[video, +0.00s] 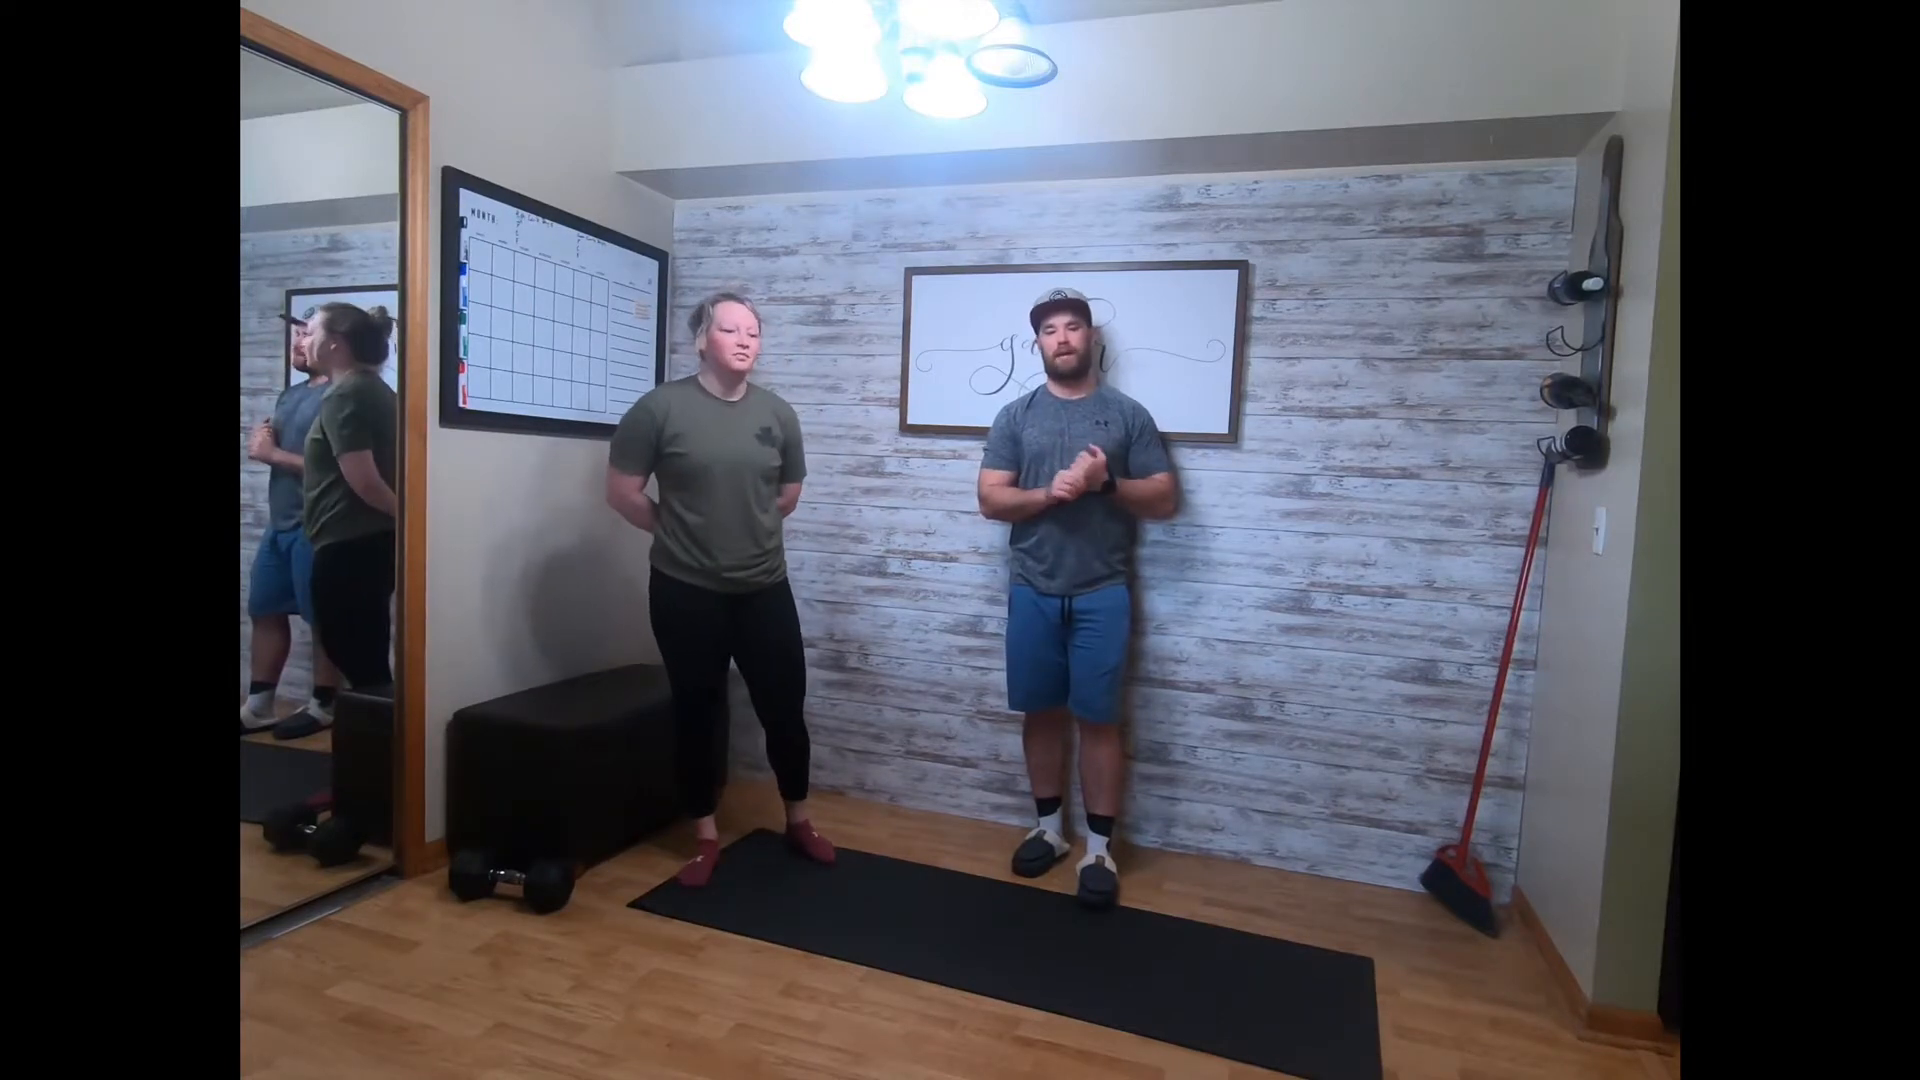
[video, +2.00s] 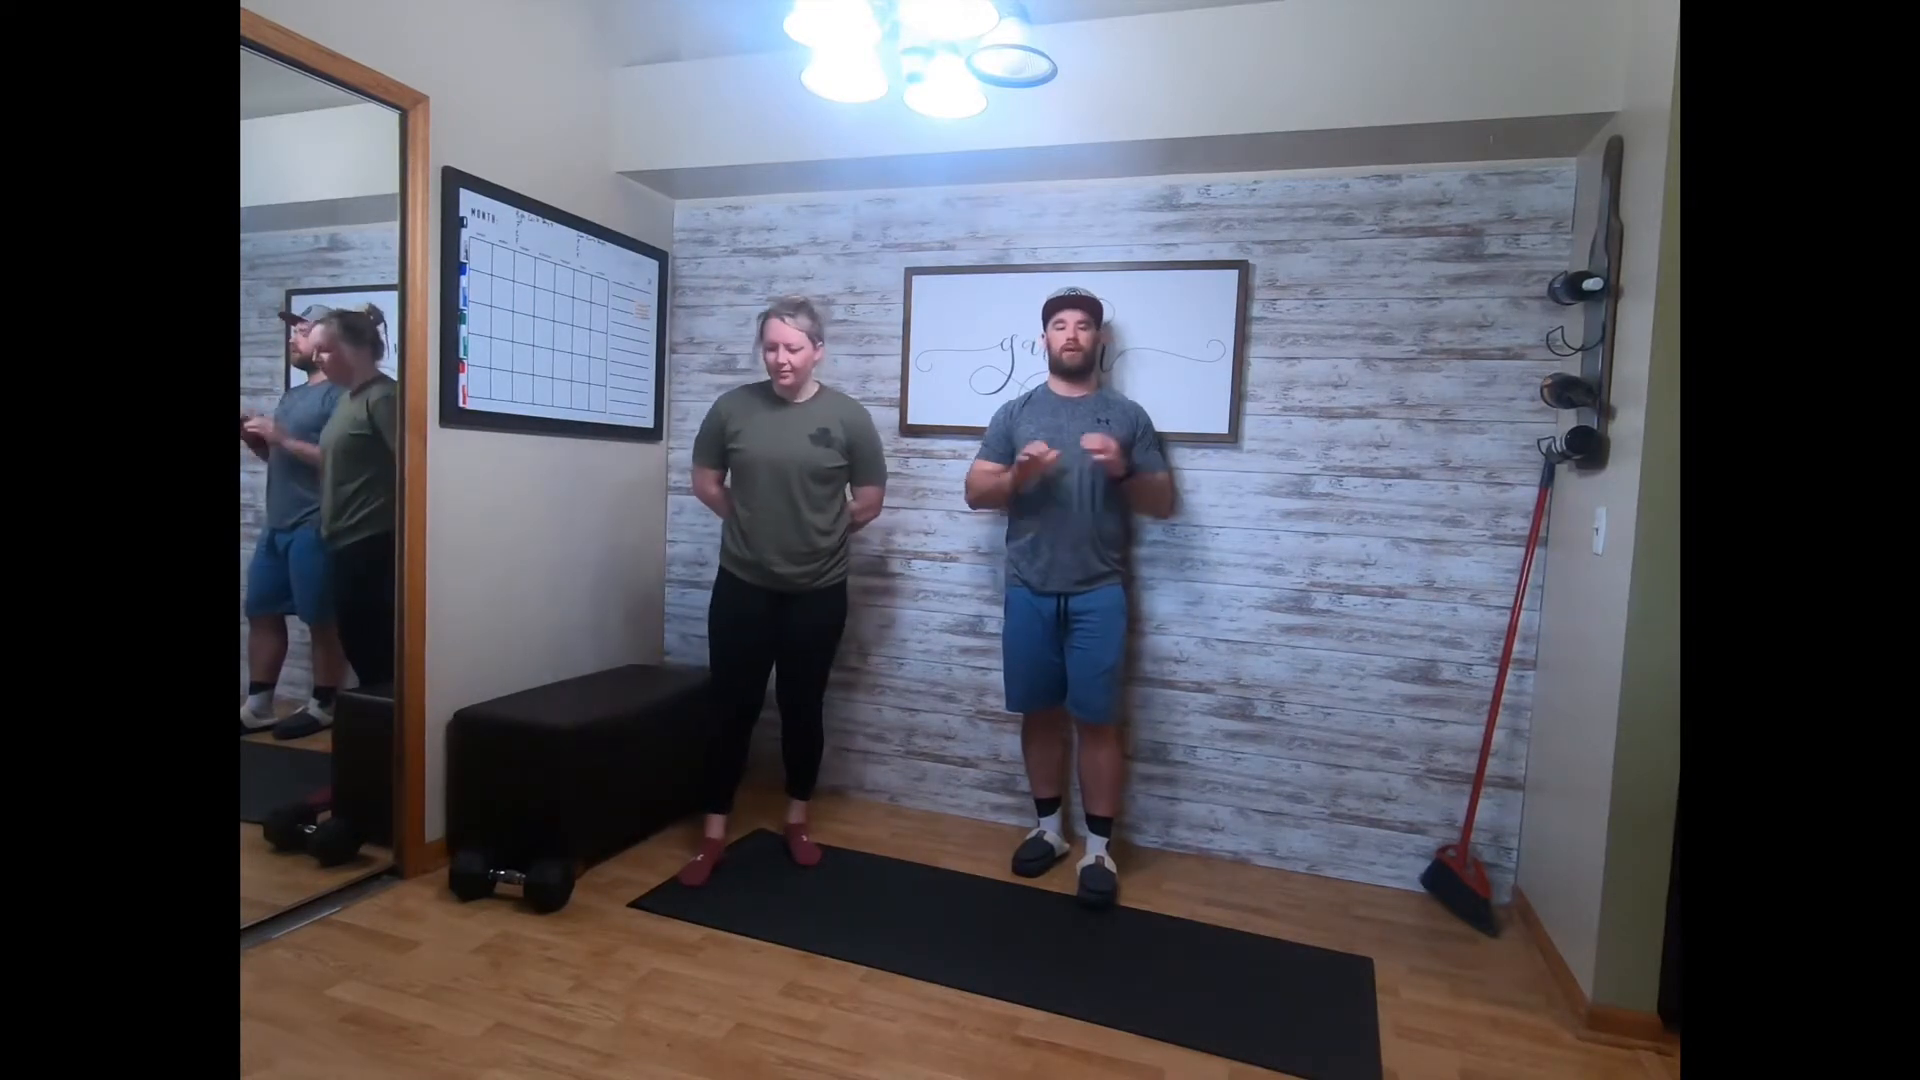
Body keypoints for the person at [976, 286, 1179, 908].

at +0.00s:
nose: (1063, 337)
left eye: (1073, 328)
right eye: (1051, 331)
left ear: (1092, 338)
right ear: (1037, 345)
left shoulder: (1126, 415)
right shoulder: (1016, 416)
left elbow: (1164, 499)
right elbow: (991, 498)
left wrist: (1107, 484)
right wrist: (1049, 492)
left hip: (1102, 584)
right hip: (1032, 584)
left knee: (1097, 714)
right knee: (1040, 709)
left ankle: (1098, 850)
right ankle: (1048, 831)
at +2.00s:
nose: (1070, 334)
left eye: (1082, 326)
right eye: (1059, 326)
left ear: (1099, 341)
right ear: (1044, 340)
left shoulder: (1126, 417)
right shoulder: (1015, 413)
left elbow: (1161, 502)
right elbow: (977, 491)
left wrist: (1124, 471)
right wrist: (1018, 476)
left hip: (1098, 584)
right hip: (1029, 584)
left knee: (1095, 716)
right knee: (1039, 711)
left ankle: (1098, 851)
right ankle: (1048, 830)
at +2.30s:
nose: (1070, 334)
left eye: (1082, 326)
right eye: (1060, 326)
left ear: (1099, 341)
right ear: (1044, 339)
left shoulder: (1124, 413)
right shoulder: (1016, 410)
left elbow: (1181, 481)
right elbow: (952, 471)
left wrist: (1187, 417)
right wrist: (962, 411)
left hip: (1096, 583)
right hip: (1026, 582)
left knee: (1095, 717)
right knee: (1037, 711)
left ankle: (1097, 851)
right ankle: (1048, 831)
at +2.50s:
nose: (1072, 337)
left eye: (1083, 328)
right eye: (1061, 328)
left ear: (1099, 342)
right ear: (1045, 342)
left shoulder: (1126, 403)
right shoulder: (1014, 398)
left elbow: (1206, 400)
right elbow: (934, 397)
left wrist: (1214, 322)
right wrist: (940, 322)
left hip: (1094, 584)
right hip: (1024, 582)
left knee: (1095, 716)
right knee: (1036, 711)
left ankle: (1098, 851)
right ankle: (1047, 832)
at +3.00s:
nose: (1064, 336)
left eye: (1076, 327)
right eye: (1053, 328)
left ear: (1093, 339)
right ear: (1038, 340)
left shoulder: (1122, 408)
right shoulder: (1012, 404)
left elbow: (1199, 440)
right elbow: (937, 443)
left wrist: (1185, 376)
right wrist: (942, 378)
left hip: (1094, 579)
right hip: (1024, 577)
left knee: (1093, 715)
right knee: (1036, 709)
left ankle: (1097, 851)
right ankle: (1048, 831)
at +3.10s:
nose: (1057, 337)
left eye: (1069, 327)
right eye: (1046, 328)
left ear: (1088, 337)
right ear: (1033, 339)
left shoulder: (1116, 410)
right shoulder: (1008, 408)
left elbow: (1175, 481)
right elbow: (976, 480)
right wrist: (948, 471)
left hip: (1092, 581)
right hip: (1023, 580)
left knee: (1094, 716)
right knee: (1036, 710)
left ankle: (1098, 851)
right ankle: (1048, 830)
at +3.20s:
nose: (1049, 338)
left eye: (1062, 327)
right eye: (1038, 329)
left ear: (1083, 337)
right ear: (1028, 339)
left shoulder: (1115, 411)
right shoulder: (1008, 411)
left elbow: (1149, 490)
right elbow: (986, 490)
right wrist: (950, 550)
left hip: (1089, 583)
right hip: (1020, 582)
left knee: (1091, 716)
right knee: (1033, 710)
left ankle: (1098, 850)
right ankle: (1047, 829)